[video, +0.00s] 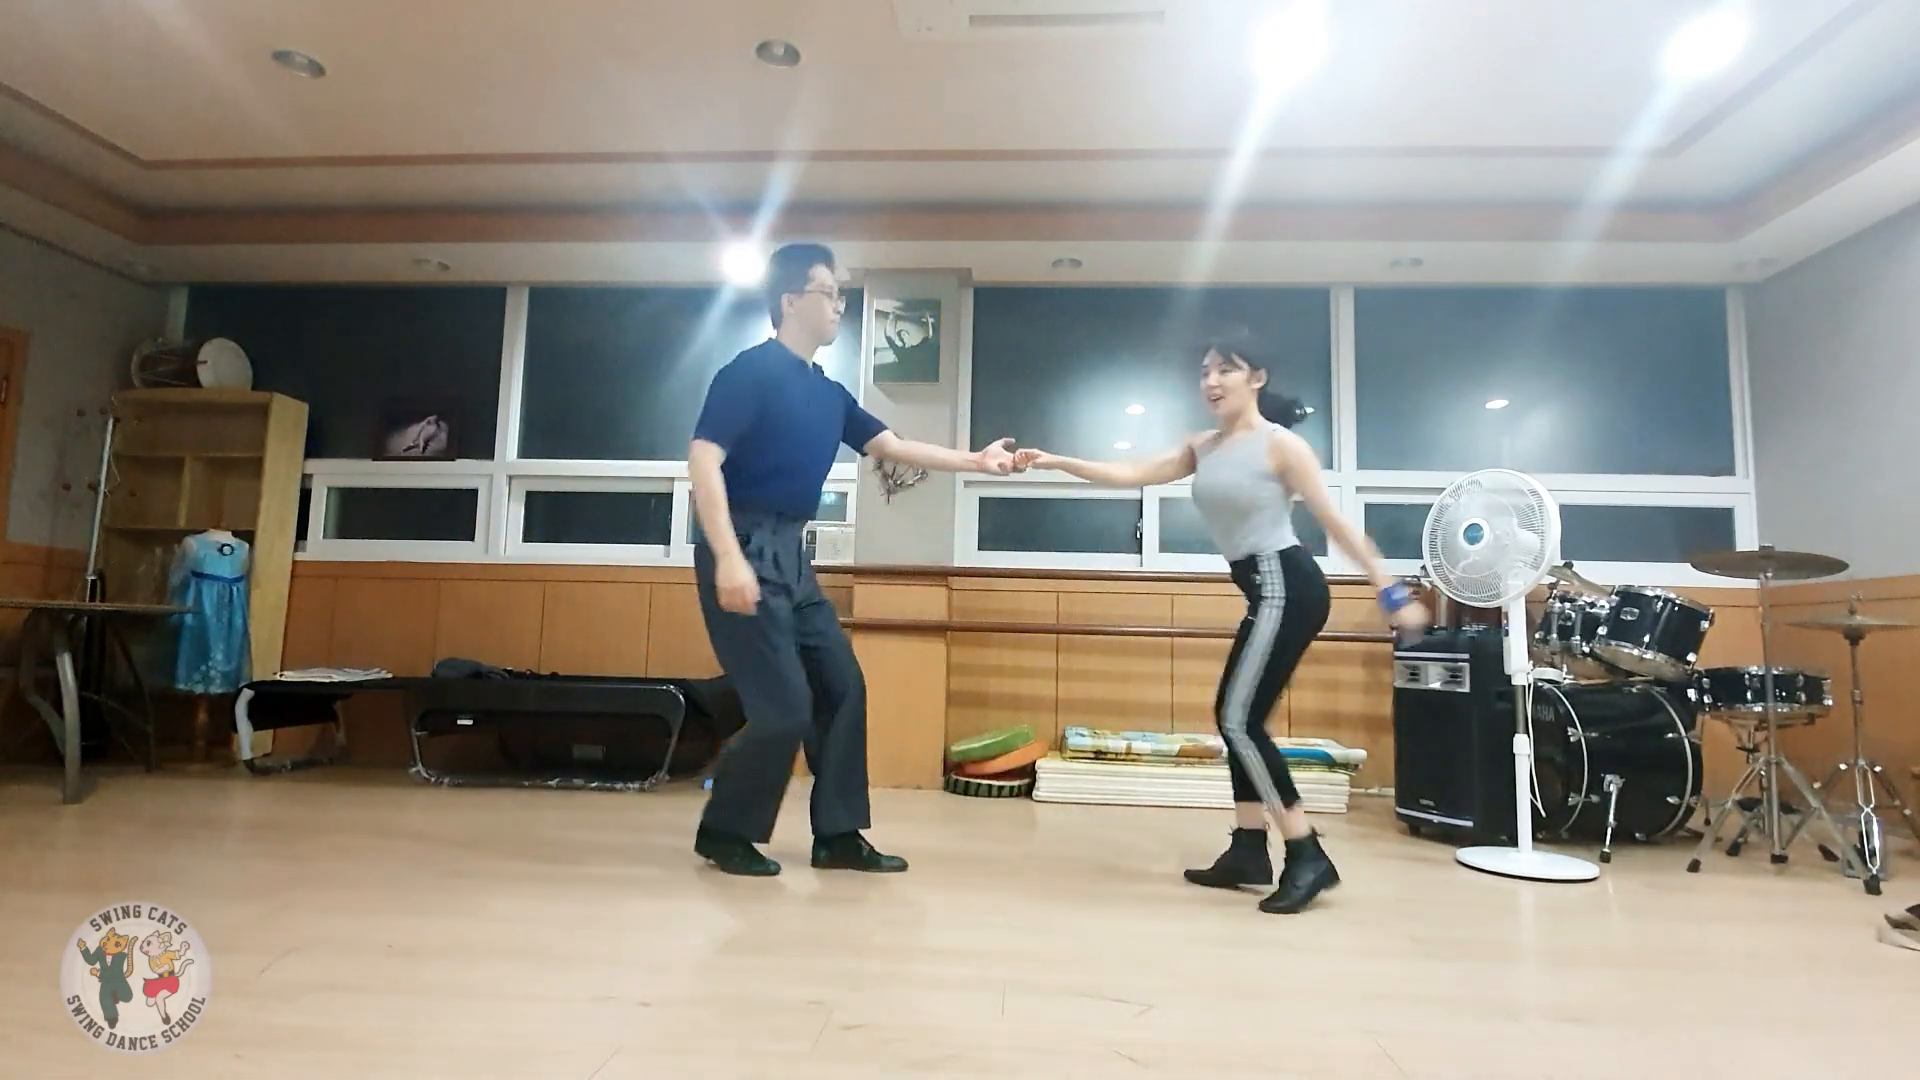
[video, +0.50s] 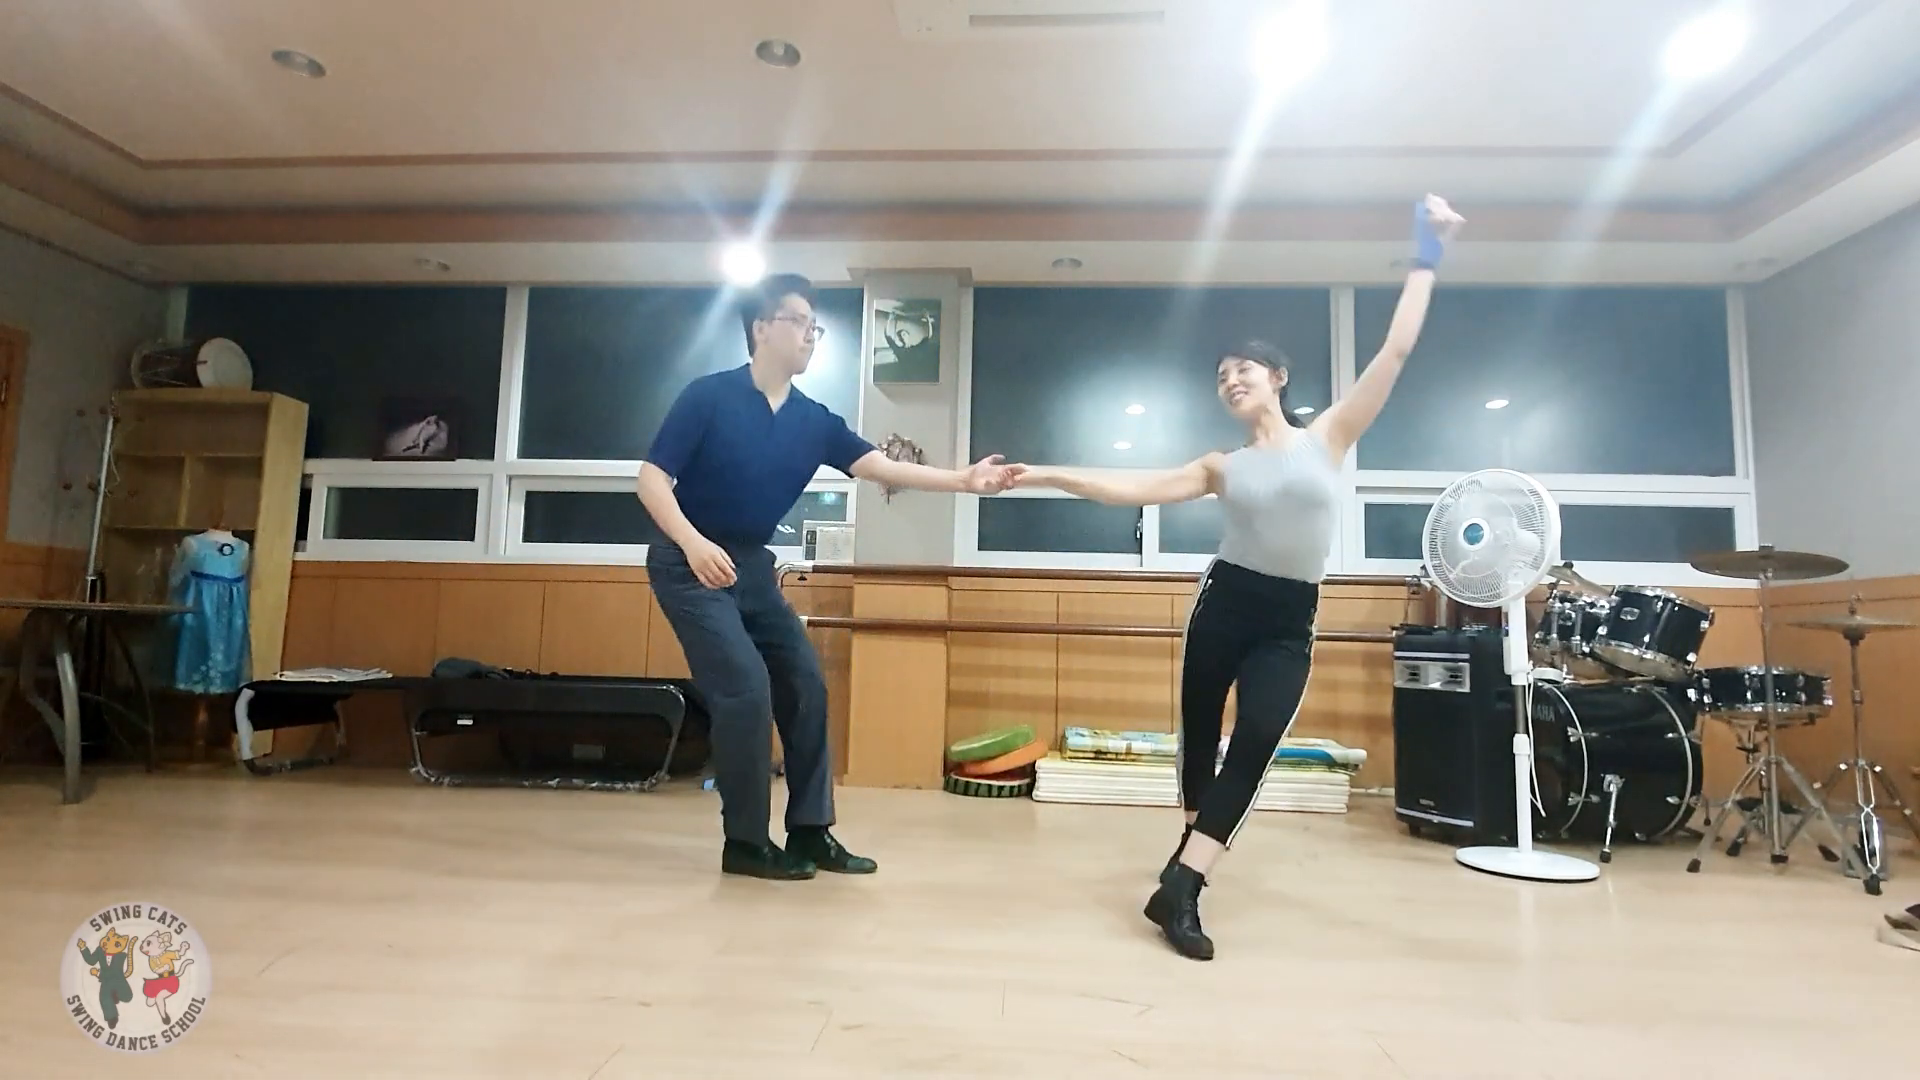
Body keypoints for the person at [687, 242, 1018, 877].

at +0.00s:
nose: (839, 307)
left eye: (839, 296)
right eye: (828, 294)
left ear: (811, 305)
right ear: (789, 301)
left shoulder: (829, 392)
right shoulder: (748, 373)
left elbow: (891, 446)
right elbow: (703, 462)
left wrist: (977, 461)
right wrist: (728, 557)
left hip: (789, 551)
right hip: (737, 548)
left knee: (841, 686)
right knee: (783, 705)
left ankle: (838, 836)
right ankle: (723, 831)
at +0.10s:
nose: (830, 311)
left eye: (830, 300)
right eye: (817, 299)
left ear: (816, 310)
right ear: (777, 307)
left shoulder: (826, 398)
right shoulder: (733, 379)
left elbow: (894, 452)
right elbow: (683, 471)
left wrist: (976, 464)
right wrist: (702, 561)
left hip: (779, 558)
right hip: (723, 553)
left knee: (831, 684)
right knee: (758, 700)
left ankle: (849, 832)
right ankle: (722, 838)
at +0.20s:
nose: (822, 310)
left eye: (824, 300)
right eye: (808, 298)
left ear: (818, 311)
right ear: (771, 306)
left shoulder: (822, 396)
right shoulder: (724, 375)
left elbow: (887, 445)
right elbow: (669, 463)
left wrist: (974, 455)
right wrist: (695, 553)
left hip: (771, 553)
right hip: (714, 549)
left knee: (824, 675)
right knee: (751, 692)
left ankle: (830, 828)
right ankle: (722, 837)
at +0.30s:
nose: (816, 317)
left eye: (818, 307)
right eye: (803, 305)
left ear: (813, 317)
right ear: (765, 313)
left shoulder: (820, 401)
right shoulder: (716, 381)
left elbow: (891, 449)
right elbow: (660, 467)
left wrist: (973, 457)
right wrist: (694, 544)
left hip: (773, 553)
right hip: (712, 551)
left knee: (822, 676)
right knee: (756, 685)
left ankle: (809, 831)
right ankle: (727, 830)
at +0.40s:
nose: (814, 329)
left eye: (815, 319)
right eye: (800, 317)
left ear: (809, 330)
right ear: (762, 323)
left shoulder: (820, 413)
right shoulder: (711, 393)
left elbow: (888, 461)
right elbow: (656, 474)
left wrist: (972, 471)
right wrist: (693, 540)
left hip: (766, 562)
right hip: (704, 562)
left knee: (821, 680)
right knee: (754, 684)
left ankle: (807, 831)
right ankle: (739, 834)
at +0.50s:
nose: (812, 335)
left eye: (813, 325)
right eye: (798, 323)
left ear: (803, 336)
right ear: (759, 330)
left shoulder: (813, 420)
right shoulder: (707, 397)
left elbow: (883, 467)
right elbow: (650, 480)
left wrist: (966, 479)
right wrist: (690, 542)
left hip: (750, 564)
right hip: (686, 561)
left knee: (803, 678)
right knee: (746, 685)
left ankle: (808, 832)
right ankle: (745, 844)